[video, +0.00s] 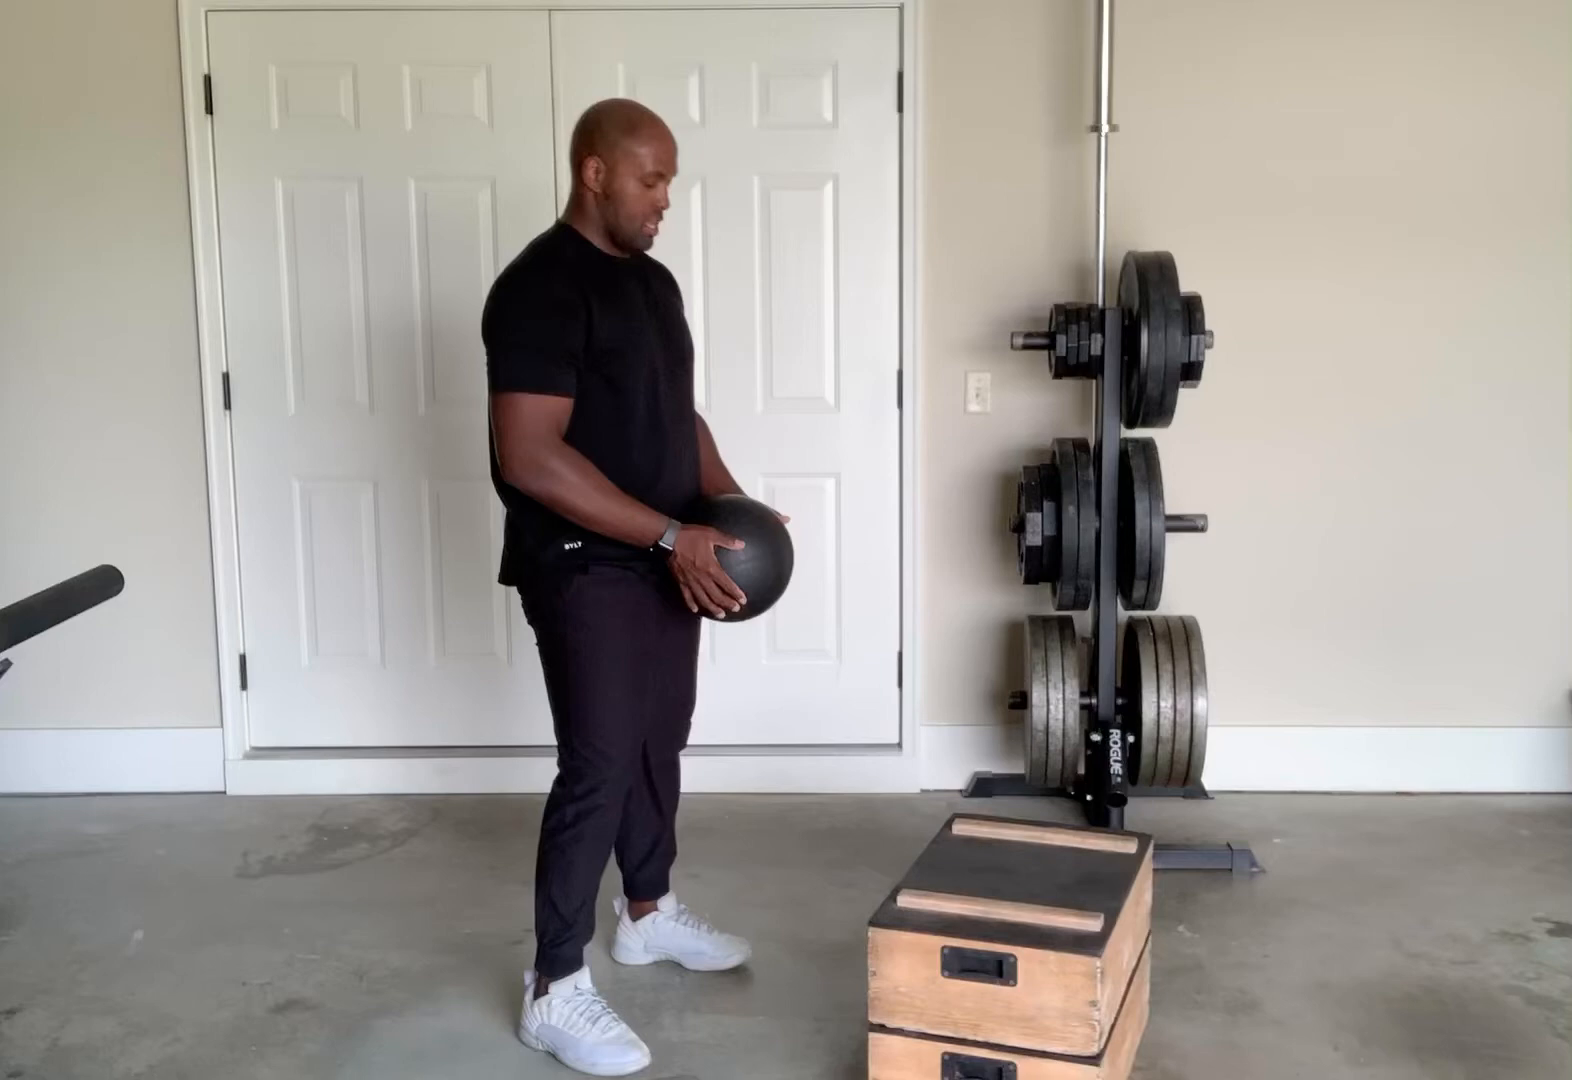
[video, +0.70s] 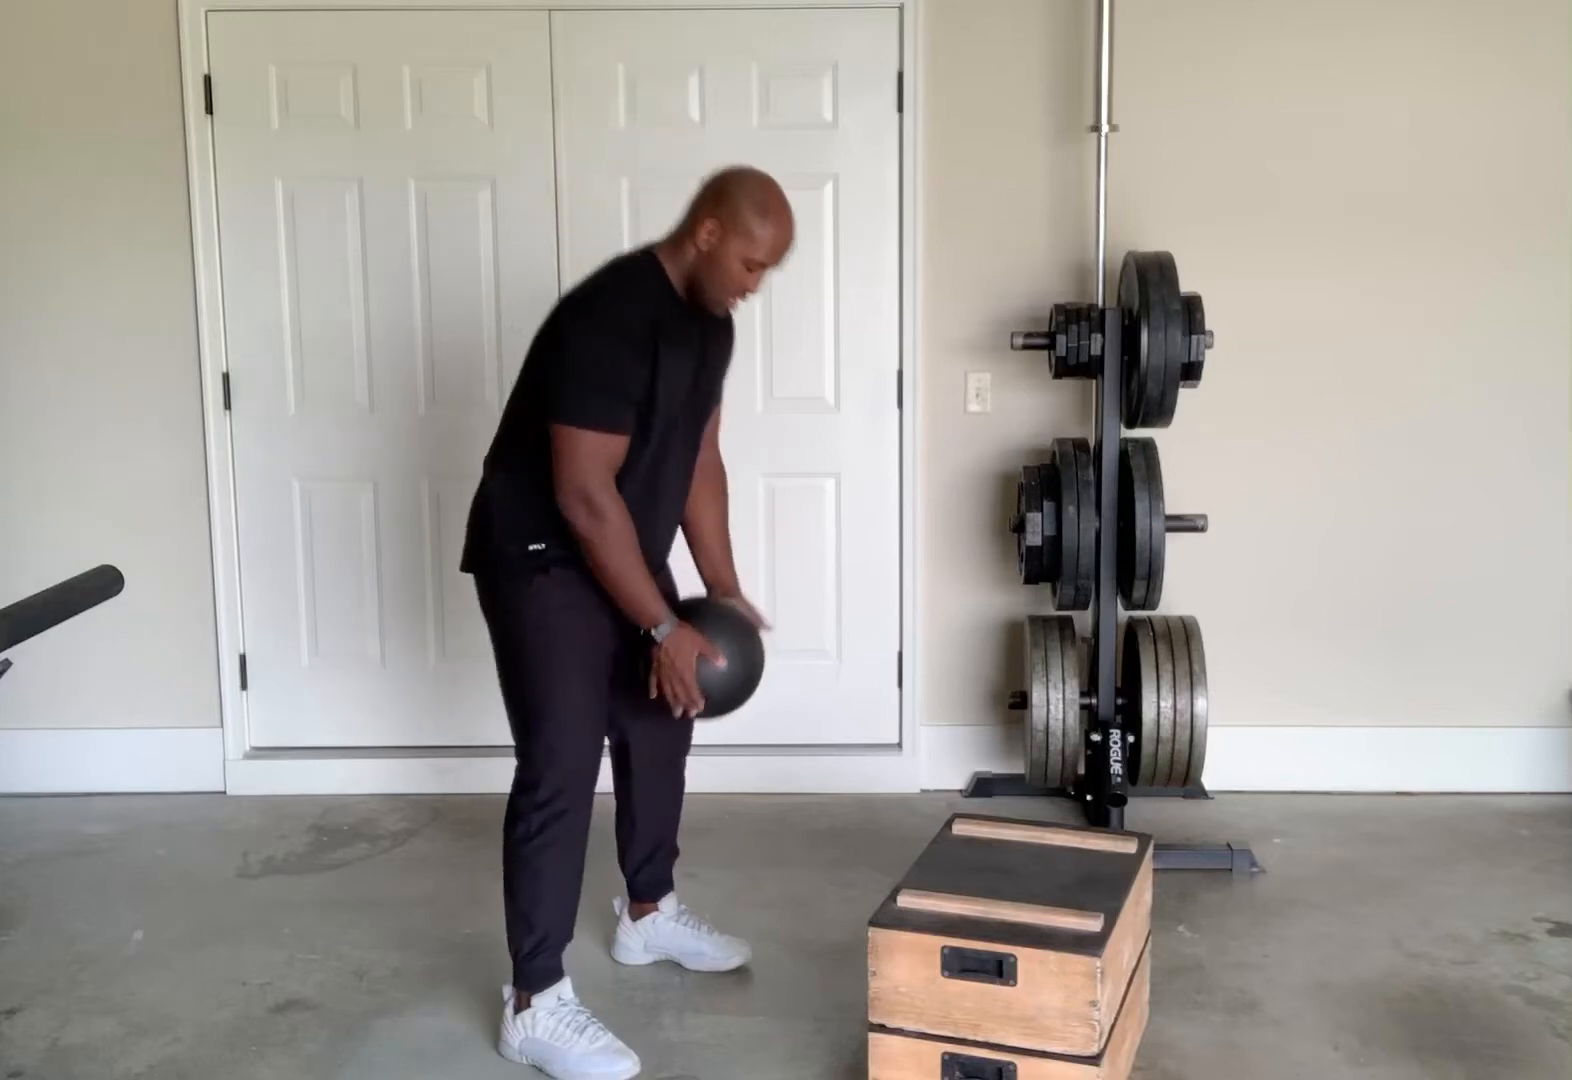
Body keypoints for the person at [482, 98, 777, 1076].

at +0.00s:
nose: (664, 200)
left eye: (670, 182)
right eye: (650, 180)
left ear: (651, 179)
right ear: (590, 172)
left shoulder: (653, 285)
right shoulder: (537, 289)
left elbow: (678, 424)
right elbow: (526, 458)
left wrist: (737, 512)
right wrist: (668, 536)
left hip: (660, 558)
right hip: (580, 566)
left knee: (658, 741)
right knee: (599, 765)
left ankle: (647, 913)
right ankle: (555, 985)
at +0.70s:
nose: (757, 283)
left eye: (767, 269)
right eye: (752, 264)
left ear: (741, 247)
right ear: (703, 230)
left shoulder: (709, 323)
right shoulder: (609, 314)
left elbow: (697, 461)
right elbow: (582, 493)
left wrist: (724, 591)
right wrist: (661, 624)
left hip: (627, 548)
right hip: (539, 555)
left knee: (659, 723)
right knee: (560, 761)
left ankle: (647, 915)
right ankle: (536, 999)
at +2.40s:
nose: (752, 162)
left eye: (756, 144)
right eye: (736, 143)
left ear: (740, 149)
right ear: (681, 137)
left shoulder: (723, 215)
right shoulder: (628, 208)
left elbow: (761, 76)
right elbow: (667, 30)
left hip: (740, 512)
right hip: (637, 537)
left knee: (913, 531)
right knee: (598, 773)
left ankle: (912, 762)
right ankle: (543, 997)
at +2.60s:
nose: (776, 152)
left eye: (776, 134)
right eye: (756, 135)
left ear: (759, 140)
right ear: (697, 139)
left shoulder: (747, 214)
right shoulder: (649, 213)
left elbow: (757, 68)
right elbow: (664, 34)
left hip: (814, 510)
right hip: (700, 534)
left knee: (980, 582)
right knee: (636, 764)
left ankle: (960, 814)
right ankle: (555, 984)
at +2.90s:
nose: (776, 144)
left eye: (781, 125)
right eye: (755, 124)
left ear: (772, 128)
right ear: (696, 126)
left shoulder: (749, 205)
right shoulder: (650, 204)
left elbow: (773, 69)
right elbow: (669, 24)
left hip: (827, 503)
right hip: (711, 525)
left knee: (992, 584)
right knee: (655, 756)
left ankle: (959, 813)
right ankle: (564, 977)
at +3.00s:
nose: (760, 146)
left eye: (767, 127)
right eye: (735, 123)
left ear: (763, 134)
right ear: (678, 126)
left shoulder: (741, 210)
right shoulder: (635, 210)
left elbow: (782, 95)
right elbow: (668, 30)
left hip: (816, 504)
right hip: (700, 529)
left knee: (980, 582)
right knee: (646, 758)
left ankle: (959, 812)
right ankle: (562, 977)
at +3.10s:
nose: (682, 152)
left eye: (681, 136)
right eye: (661, 132)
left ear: (683, 146)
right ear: (618, 143)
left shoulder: (706, 227)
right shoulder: (579, 242)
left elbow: (797, 166)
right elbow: (670, 117)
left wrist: (779, 24)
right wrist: (714, 1)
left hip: (775, 508)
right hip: (660, 539)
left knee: (946, 580)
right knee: (621, 764)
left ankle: (956, 812)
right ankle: (557, 985)